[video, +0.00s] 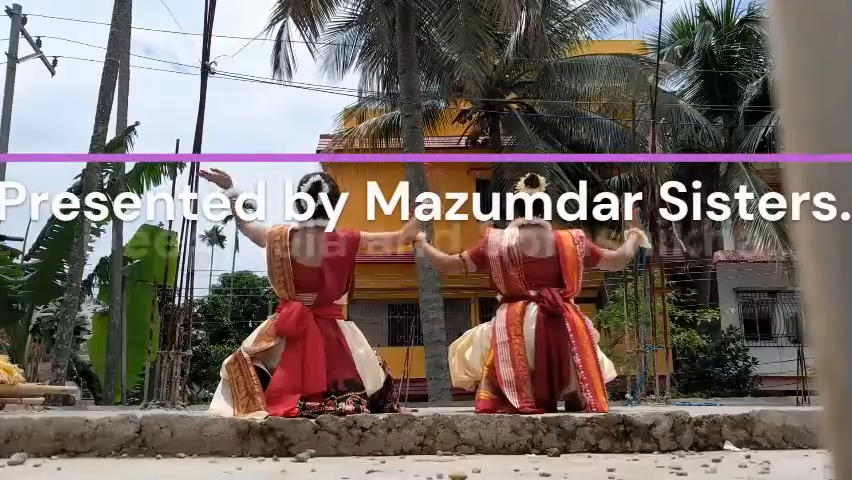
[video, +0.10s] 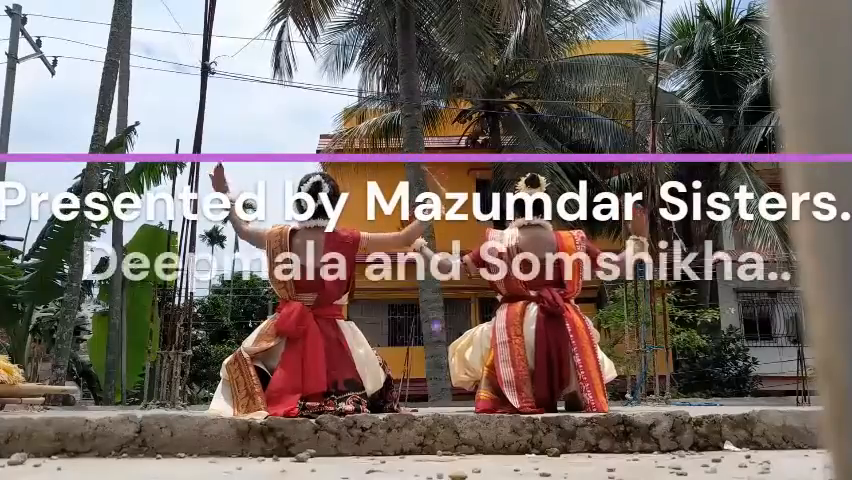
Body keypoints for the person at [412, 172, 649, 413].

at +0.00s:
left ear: (512, 207)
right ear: (548, 207)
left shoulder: (495, 241)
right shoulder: (571, 240)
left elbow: (449, 265)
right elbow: (617, 260)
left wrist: (419, 244)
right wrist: (633, 239)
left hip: (513, 330)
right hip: (565, 328)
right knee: (578, 403)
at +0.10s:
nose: (528, 213)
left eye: (526, 205)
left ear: (513, 206)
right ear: (548, 204)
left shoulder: (499, 240)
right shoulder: (572, 239)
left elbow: (462, 265)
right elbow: (609, 266)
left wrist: (427, 253)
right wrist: (637, 238)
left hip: (512, 317)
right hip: (565, 316)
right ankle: (581, 402)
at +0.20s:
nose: (526, 210)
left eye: (524, 204)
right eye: (529, 203)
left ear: (513, 207)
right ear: (549, 207)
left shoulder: (496, 242)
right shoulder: (573, 243)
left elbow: (461, 274)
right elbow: (615, 271)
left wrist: (428, 258)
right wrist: (635, 243)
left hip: (512, 325)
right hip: (567, 326)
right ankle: (578, 397)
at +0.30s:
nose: (528, 209)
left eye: (528, 203)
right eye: (530, 203)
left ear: (515, 207)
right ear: (550, 207)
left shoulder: (497, 243)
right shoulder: (573, 244)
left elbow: (462, 274)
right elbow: (616, 271)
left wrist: (426, 260)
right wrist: (638, 246)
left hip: (510, 328)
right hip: (565, 329)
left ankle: (511, 401)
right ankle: (575, 394)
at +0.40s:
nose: (528, 210)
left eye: (526, 204)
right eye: (531, 203)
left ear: (515, 207)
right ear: (549, 206)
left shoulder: (498, 242)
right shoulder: (573, 243)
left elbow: (460, 274)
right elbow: (615, 269)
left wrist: (424, 259)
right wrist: (642, 250)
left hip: (511, 326)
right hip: (564, 325)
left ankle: (509, 401)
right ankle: (578, 398)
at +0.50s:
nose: (527, 213)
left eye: (524, 205)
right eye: (531, 205)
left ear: (516, 207)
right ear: (551, 207)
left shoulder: (499, 241)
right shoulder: (575, 243)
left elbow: (467, 267)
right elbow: (618, 267)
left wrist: (431, 256)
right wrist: (641, 249)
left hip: (513, 328)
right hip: (565, 329)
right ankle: (578, 397)